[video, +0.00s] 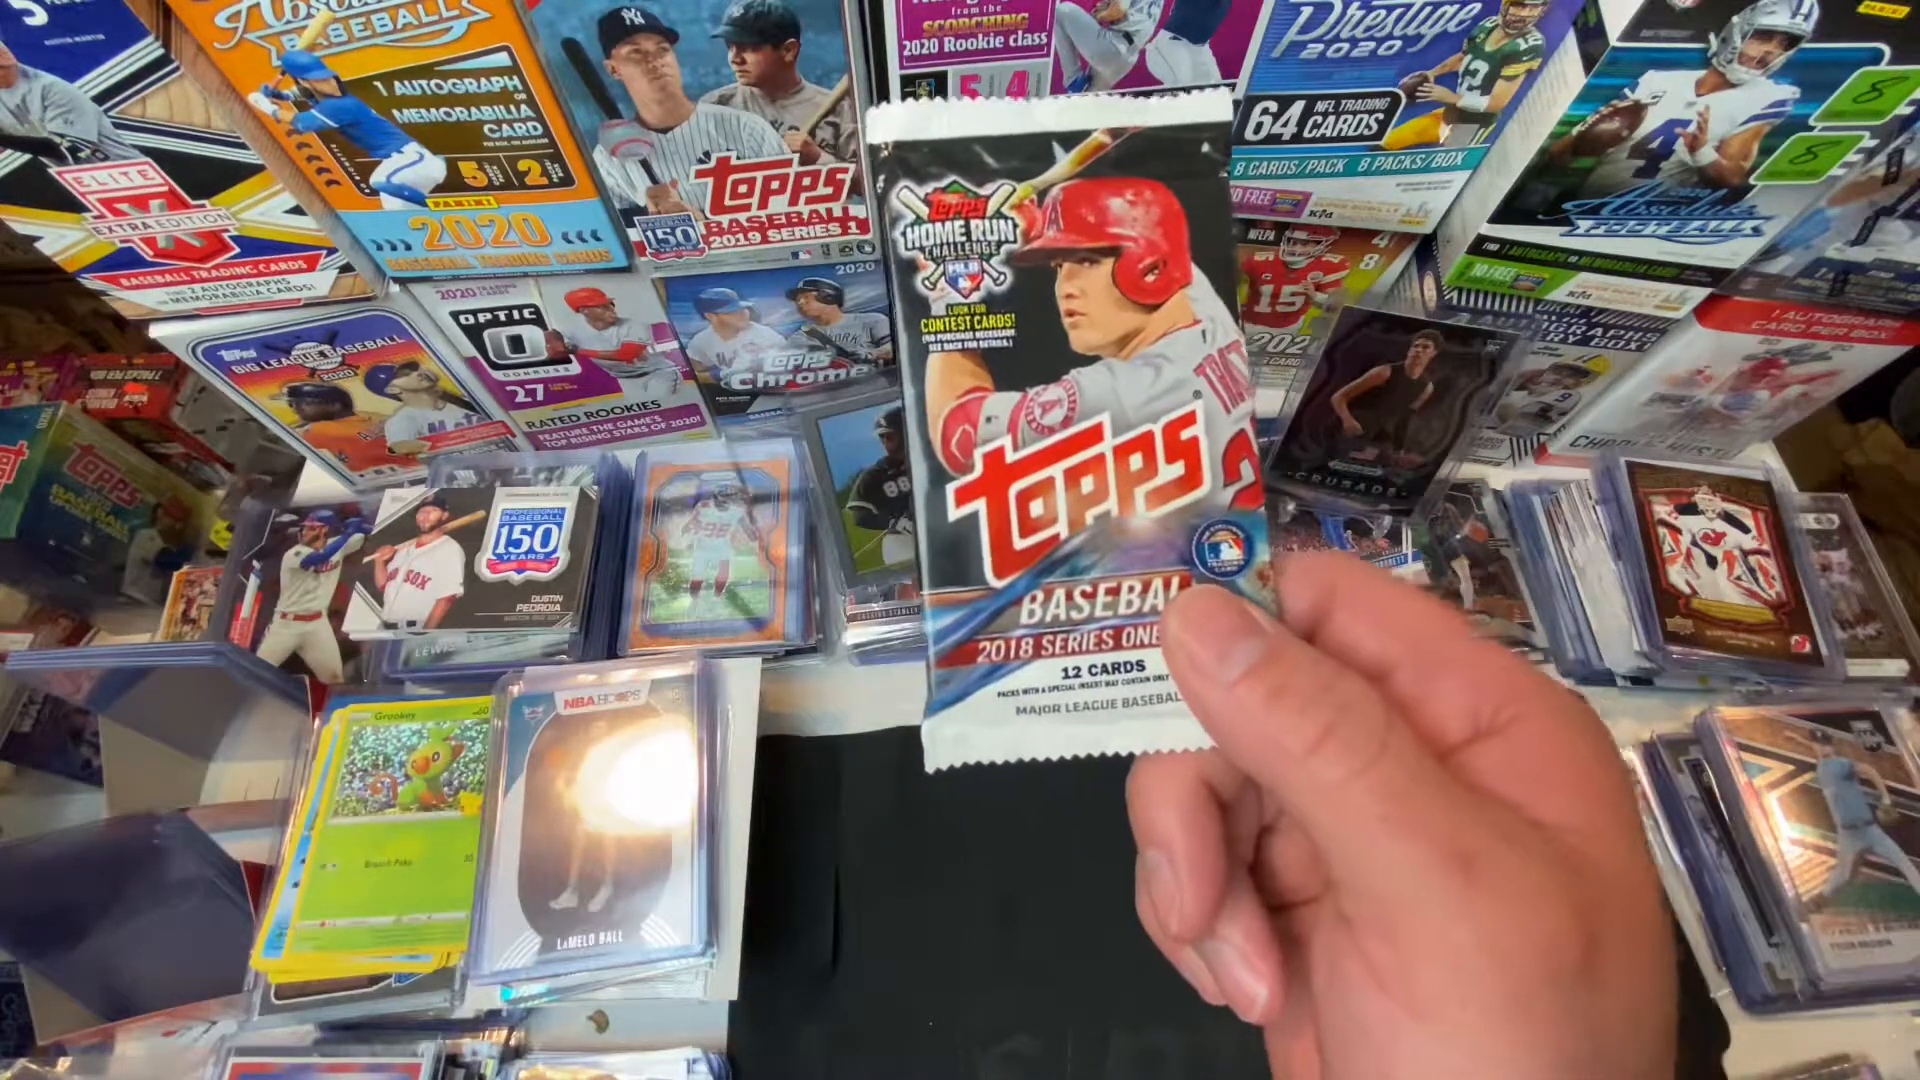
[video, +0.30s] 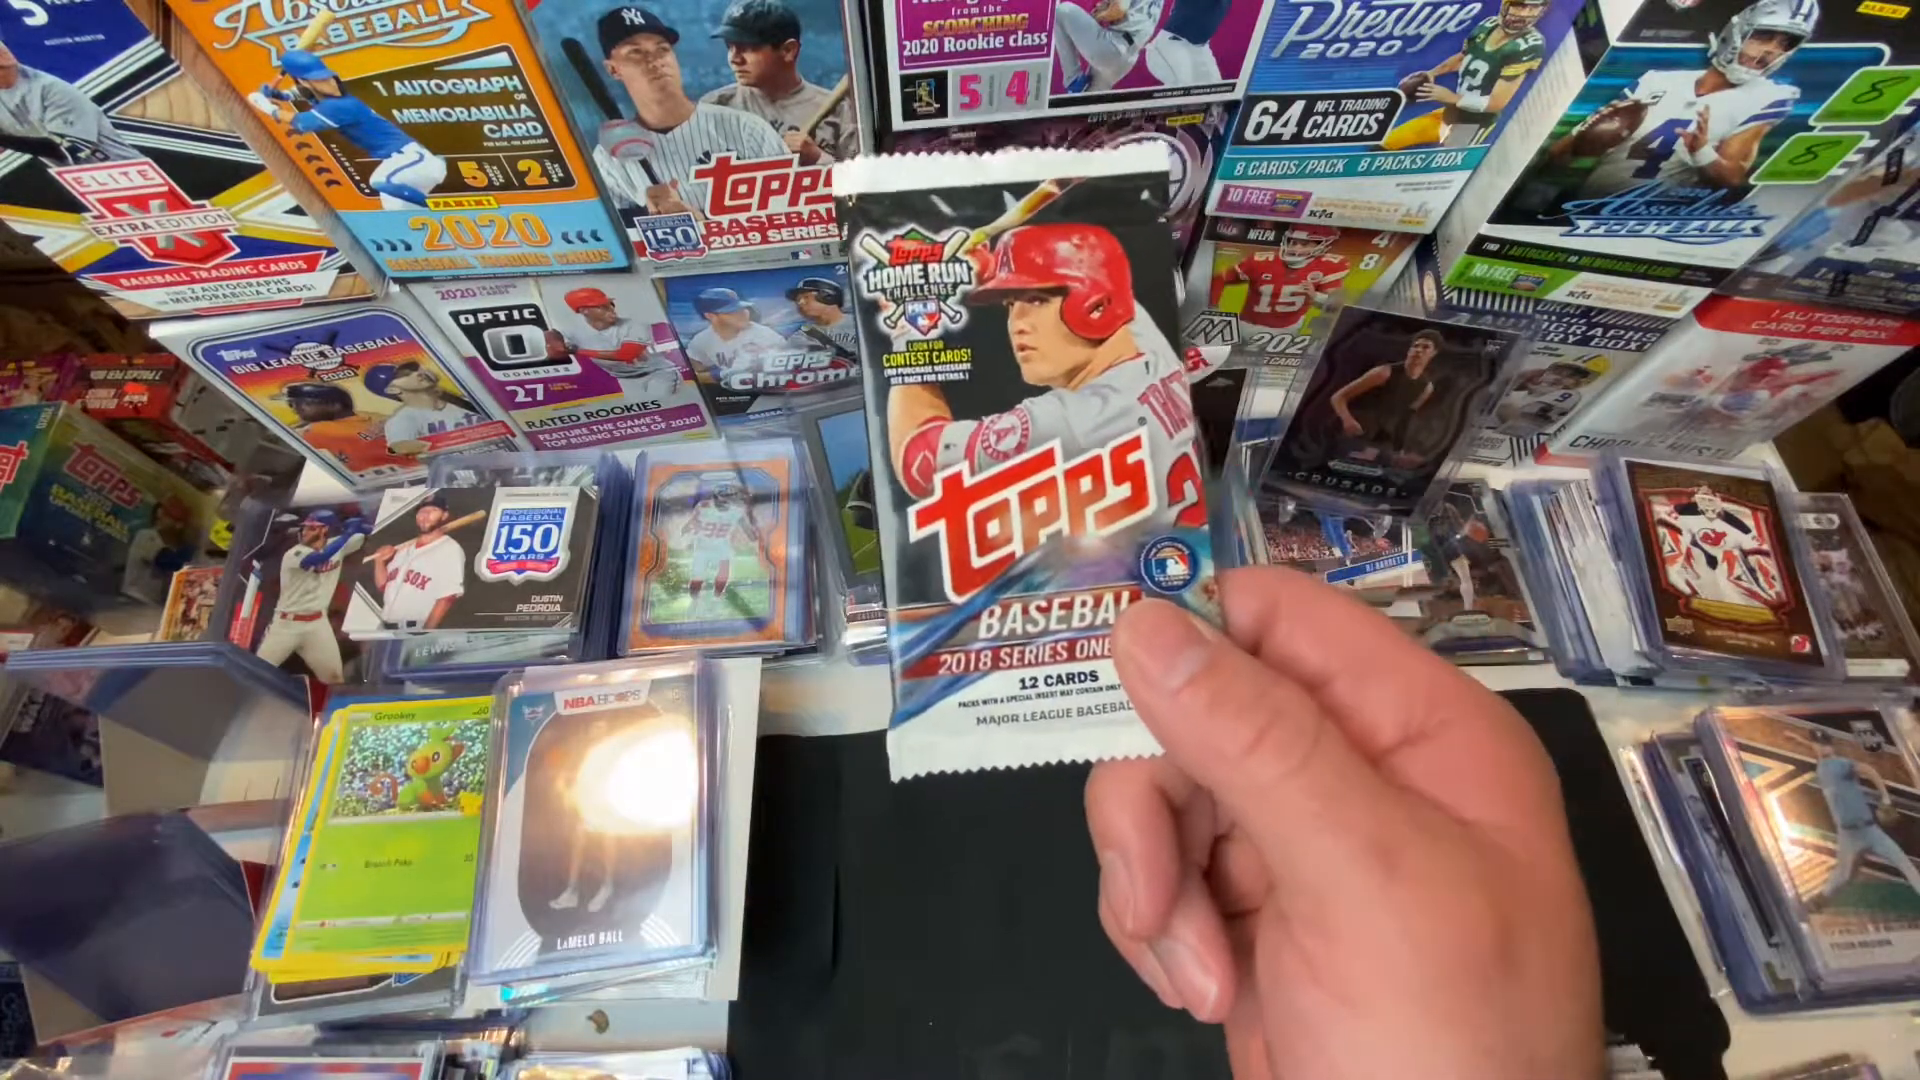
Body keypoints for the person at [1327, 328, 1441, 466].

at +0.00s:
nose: (1419, 351)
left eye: (1426, 347)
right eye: (1416, 346)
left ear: (1433, 354)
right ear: (1409, 349)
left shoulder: (1426, 389)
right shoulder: (1385, 373)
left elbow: (1406, 417)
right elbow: (1338, 398)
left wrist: (1399, 451)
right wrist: (1348, 421)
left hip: (1384, 444)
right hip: (1357, 437)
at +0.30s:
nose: (1418, 350)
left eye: (1426, 347)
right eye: (1416, 346)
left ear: (1433, 354)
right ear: (1410, 349)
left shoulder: (1426, 389)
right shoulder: (1384, 373)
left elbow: (1407, 417)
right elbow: (1338, 398)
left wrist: (1400, 451)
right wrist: (1348, 420)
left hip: (1385, 445)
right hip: (1359, 438)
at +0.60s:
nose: (1419, 350)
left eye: (1426, 347)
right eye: (1416, 346)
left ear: (1433, 355)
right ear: (1410, 349)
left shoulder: (1426, 389)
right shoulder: (1384, 373)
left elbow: (1406, 417)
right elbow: (1338, 397)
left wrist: (1400, 452)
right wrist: (1348, 420)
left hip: (1385, 440)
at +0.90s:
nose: (1419, 350)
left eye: (1426, 347)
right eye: (1416, 346)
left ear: (1433, 355)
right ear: (1410, 349)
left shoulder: (1426, 389)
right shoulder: (1384, 373)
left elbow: (1405, 417)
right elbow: (1338, 397)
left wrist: (1400, 452)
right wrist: (1348, 420)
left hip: (1385, 440)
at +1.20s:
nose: (1419, 350)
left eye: (1426, 347)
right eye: (1416, 346)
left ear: (1433, 355)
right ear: (1410, 349)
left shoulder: (1426, 389)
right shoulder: (1384, 373)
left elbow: (1405, 417)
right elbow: (1338, 397)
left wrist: (1400, 452)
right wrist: (1347, 420)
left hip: (1385, 440)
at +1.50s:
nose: (1419, 350)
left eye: (1426, 347)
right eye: (1416, 346)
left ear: (1434, 354)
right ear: (1410, 349)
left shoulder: (1426, 389)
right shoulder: (1384, 373)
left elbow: (1405, 417)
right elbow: (1338, 397)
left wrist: (1400, 452)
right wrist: (1348, 420)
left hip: (1381, 438)